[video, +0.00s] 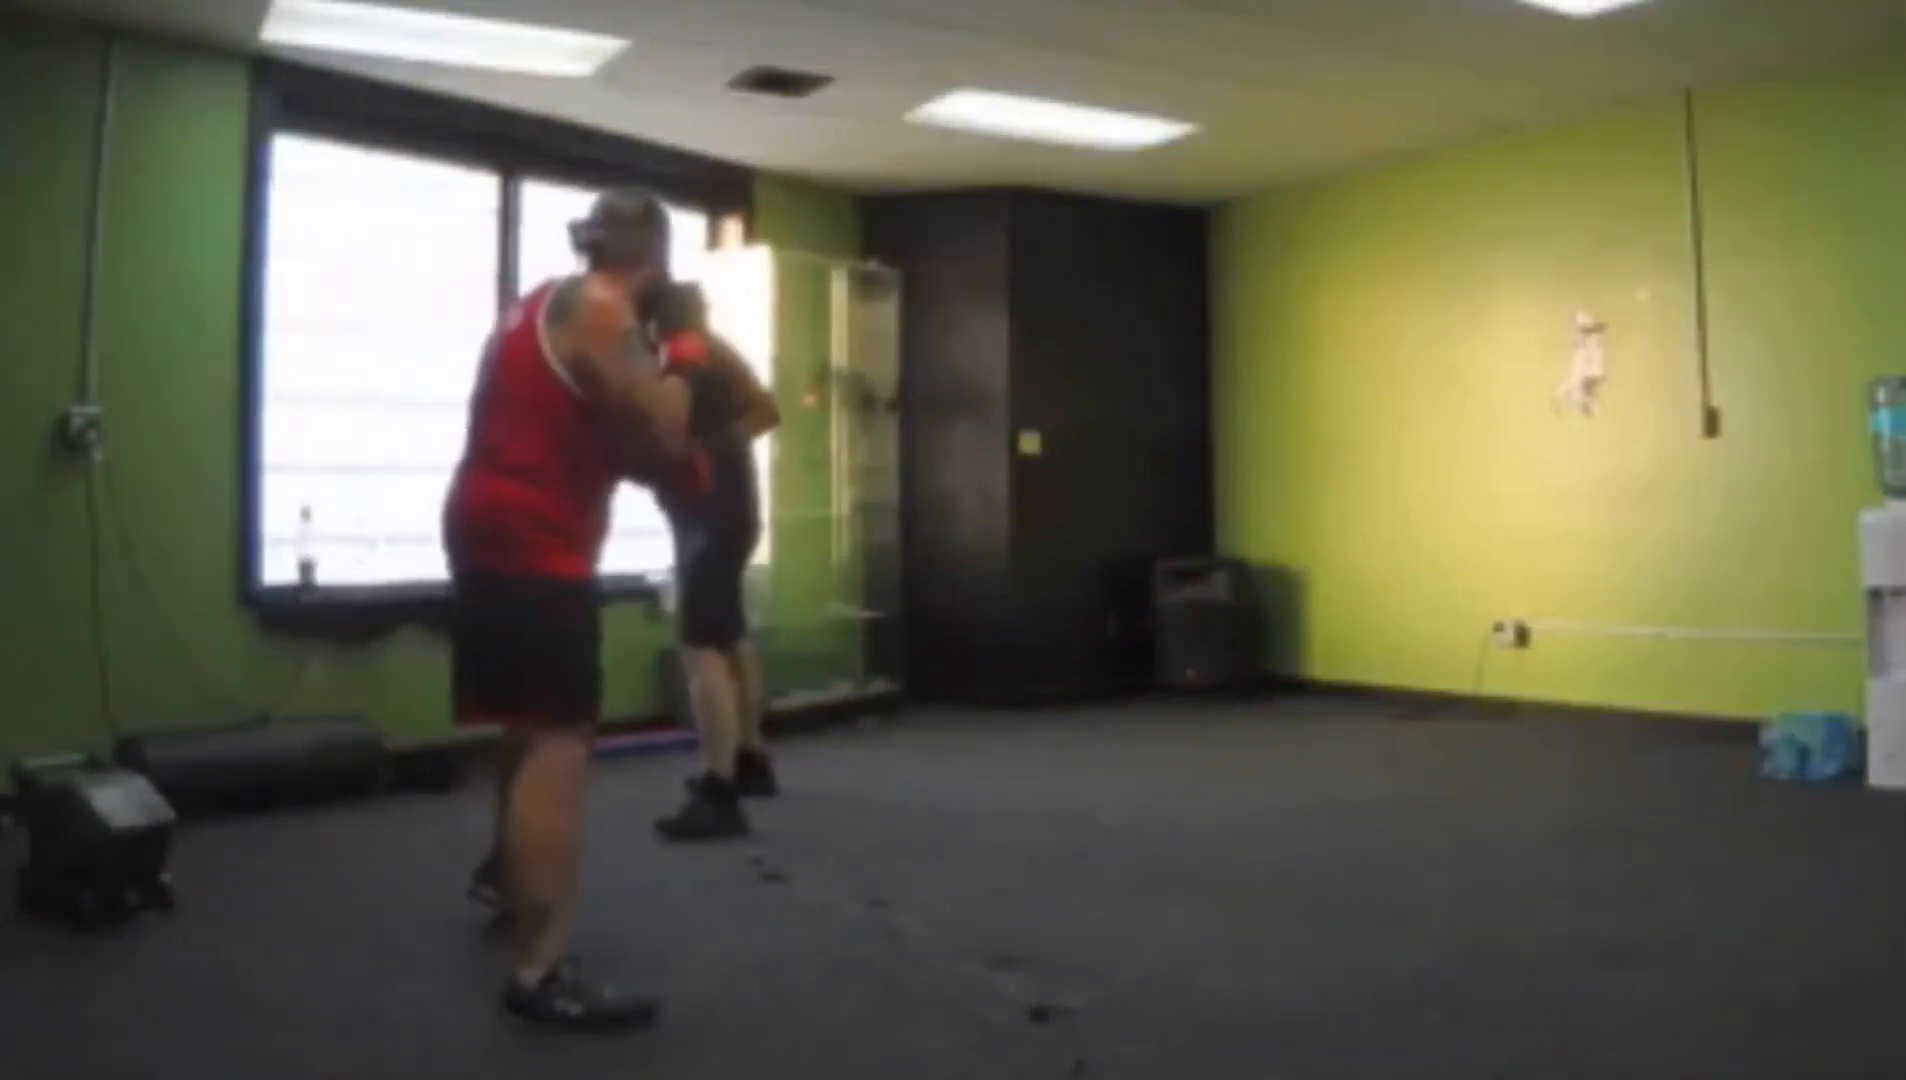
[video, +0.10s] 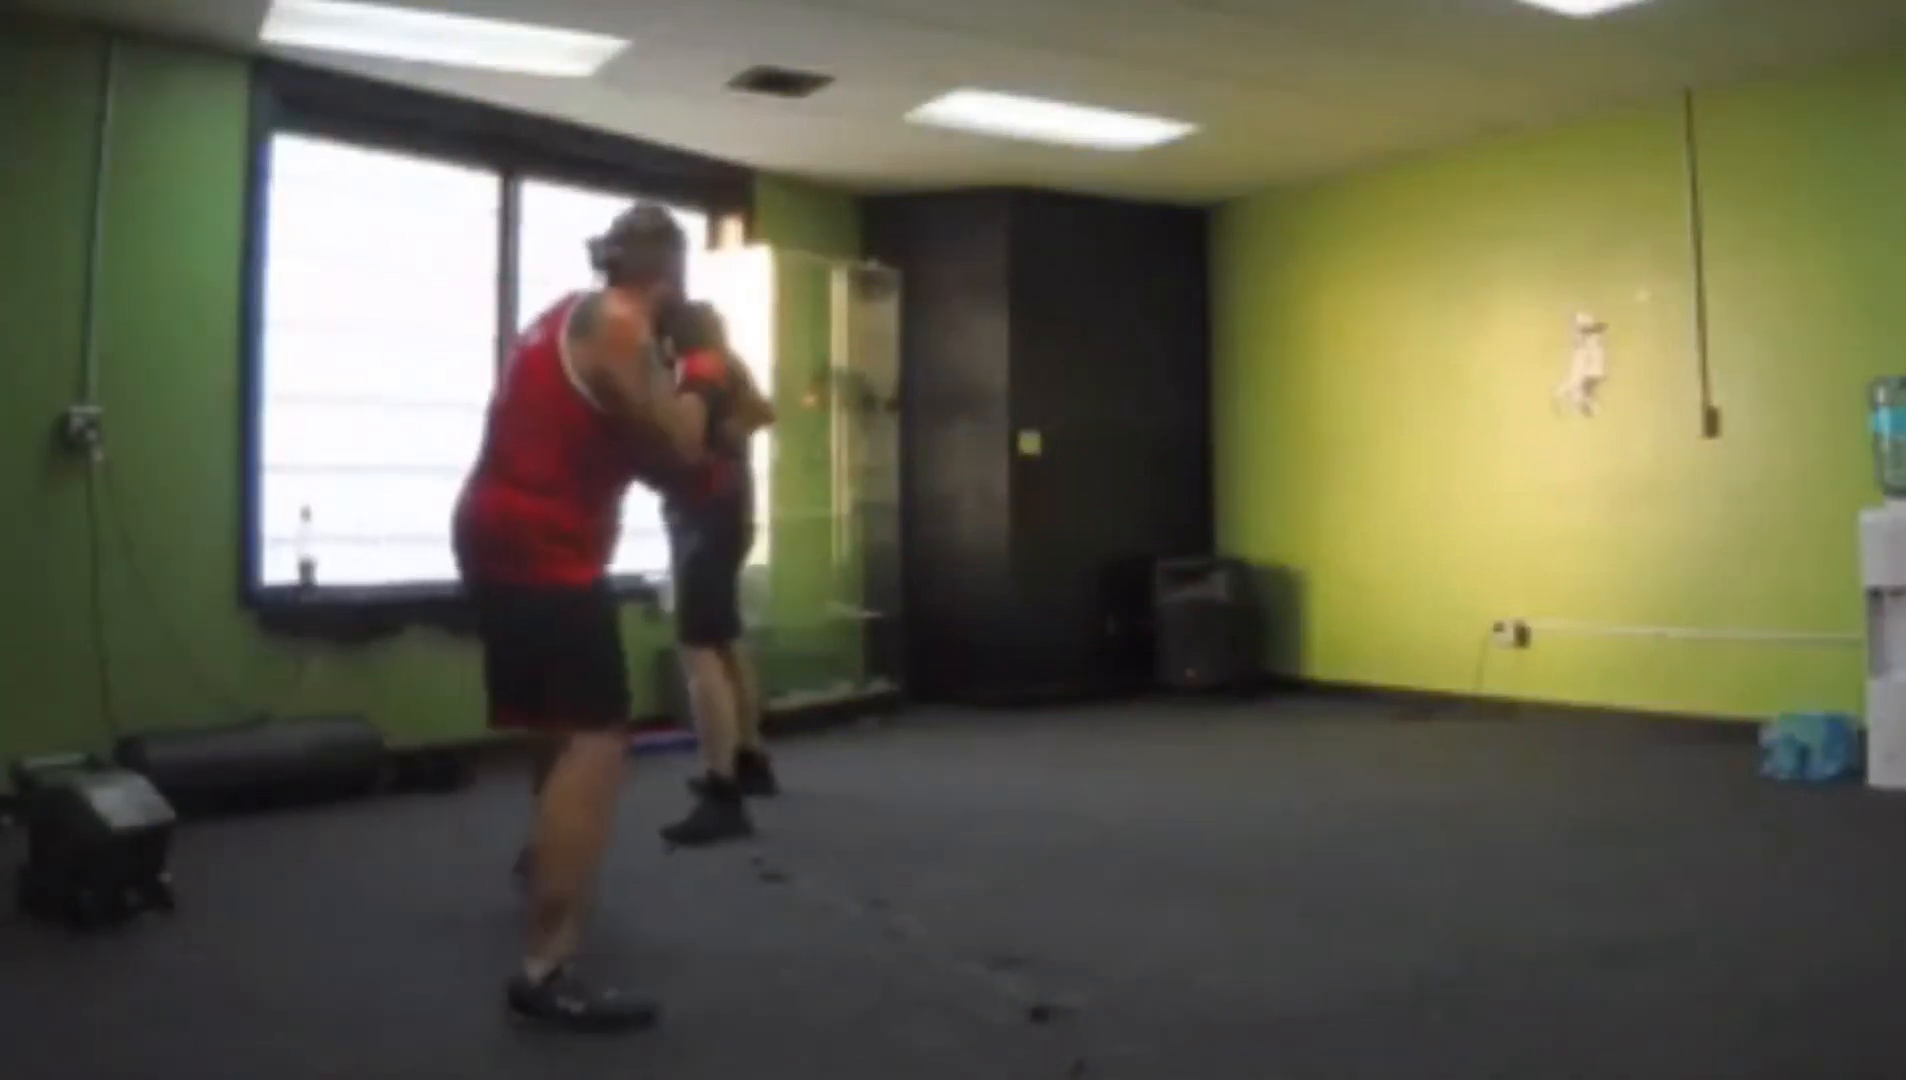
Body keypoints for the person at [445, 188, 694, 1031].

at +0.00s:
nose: (663, 271)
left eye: (660, 257)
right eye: (662, 255)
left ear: (592, 243)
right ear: (645, 252)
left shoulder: (545, 304)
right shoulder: (598, 308)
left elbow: (606, 420)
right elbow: (661, 422)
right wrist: (677, 362)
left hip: (495, 541)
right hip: (542, 552)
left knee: (535, 734)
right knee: (558, 746)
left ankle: (515, 884)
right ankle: (538, 969)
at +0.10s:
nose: (677, 291)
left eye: (673, 277)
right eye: (675, 276)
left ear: (610, 262)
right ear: (660, 271)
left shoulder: (569, 316)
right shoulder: (614, 324)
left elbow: (632, 434)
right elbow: (678, 440)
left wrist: (690, 408)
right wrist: (693, 375)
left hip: (502, 541)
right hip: (550, 552)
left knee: (559, 727)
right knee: (597, 740)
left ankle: (548, 854)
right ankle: (547, 967)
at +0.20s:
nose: (687, 315)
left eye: (684, 301)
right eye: (685, 300)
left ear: (621, 292)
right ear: (669, 296)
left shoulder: (576, 345)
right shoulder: (639, 349)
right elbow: (688, 466)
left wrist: (680, 414)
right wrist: (704, 408)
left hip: (505, 569)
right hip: (570, 578)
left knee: (597, 743)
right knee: (626, 762)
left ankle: (606, 849)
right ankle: (552, 965)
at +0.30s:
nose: (680, 325)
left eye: (676, 312)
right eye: (677, 312)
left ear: (612, 310)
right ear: (665, 310)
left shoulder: (576, 366)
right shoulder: (646, 358)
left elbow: (561, 474)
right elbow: (667, 473)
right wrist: (704, 447)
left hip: (544, 579)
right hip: (609, 583)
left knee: (614, 740)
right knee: (635, 751)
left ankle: (616, 844)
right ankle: (562, 953)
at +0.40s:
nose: (642, 333)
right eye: (642, 321)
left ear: (577, 326)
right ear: (637, 321)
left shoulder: (547, 393)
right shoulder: (652, 366)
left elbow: (586, 457)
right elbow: (711, 437)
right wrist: (752, 432)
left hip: (576, 580)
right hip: (660, 575)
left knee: (627, 721)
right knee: (673, 726)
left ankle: (633, 868)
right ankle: (633, 901)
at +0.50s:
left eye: (569, 324)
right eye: (598, 315)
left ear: (559, 330)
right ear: (618, 319)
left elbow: (527, 495)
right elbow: (770, 394)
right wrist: (752, 356)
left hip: (618, 565)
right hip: (709, 553)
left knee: (635, 705)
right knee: (712, 707)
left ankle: (643, 849)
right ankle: (650, 852)